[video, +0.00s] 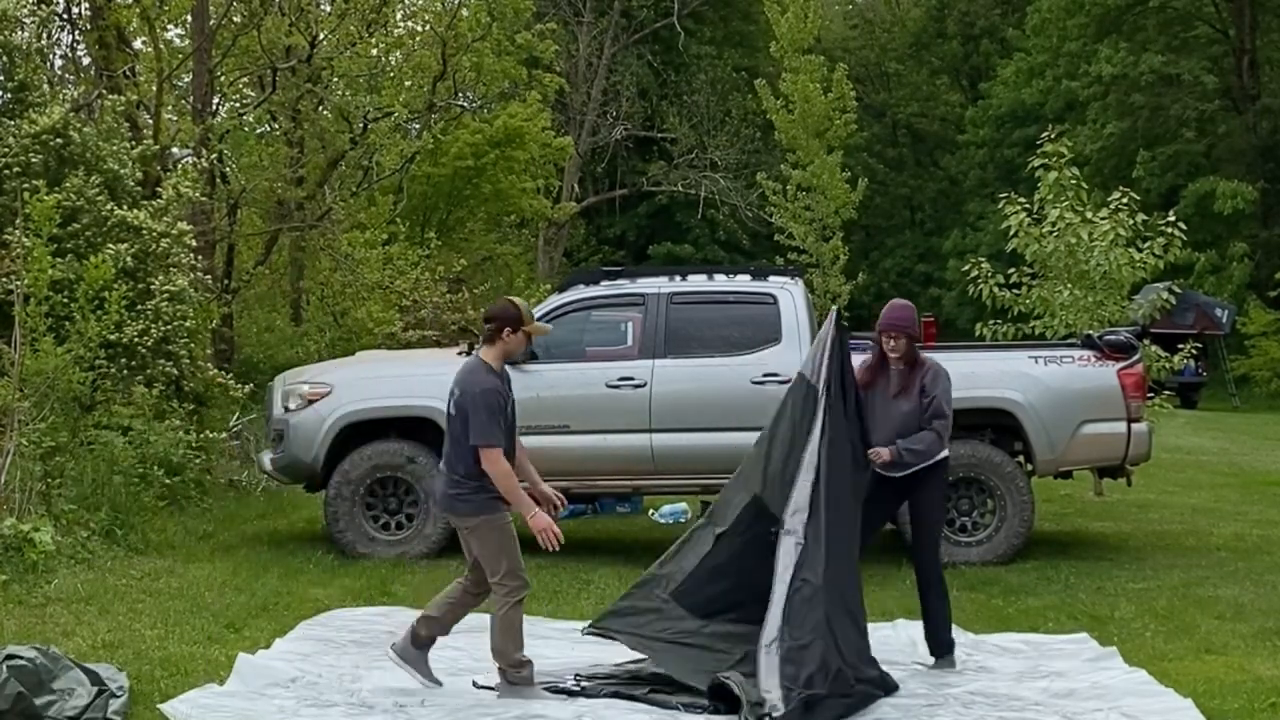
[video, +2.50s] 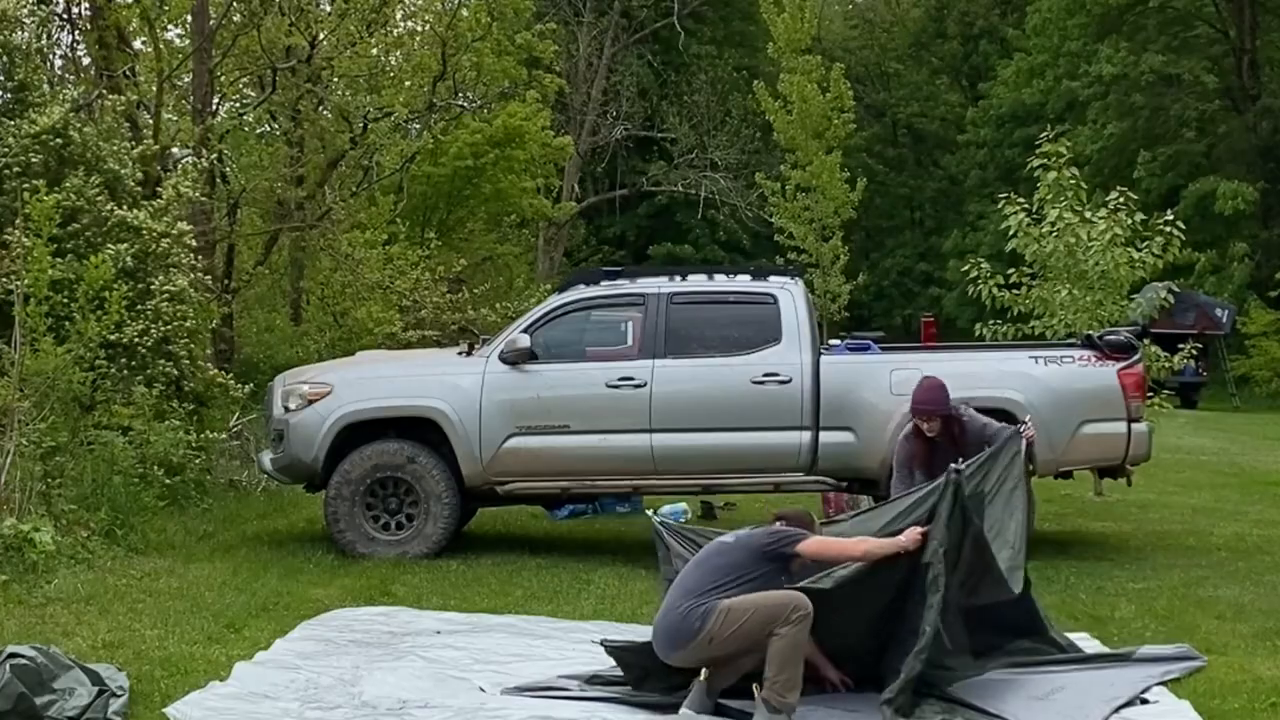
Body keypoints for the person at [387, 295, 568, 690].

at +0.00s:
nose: (529, 342)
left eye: (529, 335)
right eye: (525, 334)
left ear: (498, 334)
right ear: (507, 335)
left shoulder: (493, 374)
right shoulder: (483, 385)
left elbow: (510, 442)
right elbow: (492, 460)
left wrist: (537, 484)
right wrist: (532, 512)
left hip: (471, 497)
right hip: (476, 501)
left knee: (481, 580)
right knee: (511, 585)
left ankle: (414, 643)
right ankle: (515, 678)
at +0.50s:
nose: (601, 352)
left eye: (601, 345)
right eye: (598, 344)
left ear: (576, 344)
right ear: (579, 343)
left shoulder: (579, 385)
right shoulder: (542, 380)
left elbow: (623, 413)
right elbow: (514, 438)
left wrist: (673, 437)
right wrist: (532, 497)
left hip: (514, 494)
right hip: (500, 493)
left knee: (508, 584)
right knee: (511, 586)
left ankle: (496, 666)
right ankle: (513, 676)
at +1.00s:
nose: (636, 400)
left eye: (638, 393)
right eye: (635, 393)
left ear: (603, 384)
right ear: (616, 390)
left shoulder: (567, 396)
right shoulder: (588, 438)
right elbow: (586, 517)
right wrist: (597, 577)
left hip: (483, 487)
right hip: (509, 501)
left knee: (507, 575)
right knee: (544, 591)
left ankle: (480, 655)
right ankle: (519, 680)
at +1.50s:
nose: (733, 362)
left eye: (735, 355)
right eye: (734, 354)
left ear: (693, 343)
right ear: (725, 348)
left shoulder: (645, 372)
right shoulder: (714, 393)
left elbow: (601, 440)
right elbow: (785, 444)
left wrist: (590, 502)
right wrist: (846, 467)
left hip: (599, 496)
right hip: (642, 504)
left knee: (632, 596)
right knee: (657, 606)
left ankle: (619, 694)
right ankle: (651, 706)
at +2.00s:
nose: (830, 416)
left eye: (829, 410)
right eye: (828, 410)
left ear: (783, 402)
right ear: (820, 408)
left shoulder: (748, 425)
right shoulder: (817, 435)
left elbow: (751, 489)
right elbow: (889, 474)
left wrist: (804, 524)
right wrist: (953, 490)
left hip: (686, 518)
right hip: (740, 524)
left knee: (696, 603)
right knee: (778, 616)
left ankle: (679, 696)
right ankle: (771, 709)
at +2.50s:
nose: (807, 565)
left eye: (808, 560)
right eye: (807, 556)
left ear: (776, 530)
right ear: (794, 538)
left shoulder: (752, 558)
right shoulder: (772, 537)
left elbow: (782, 624)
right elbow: (856, 549)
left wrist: (824, 668)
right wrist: (901, 542)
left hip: (673, 640)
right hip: (690, 628)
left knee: (770, 636)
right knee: (795, 608)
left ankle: (700, 700)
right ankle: (774, 710)